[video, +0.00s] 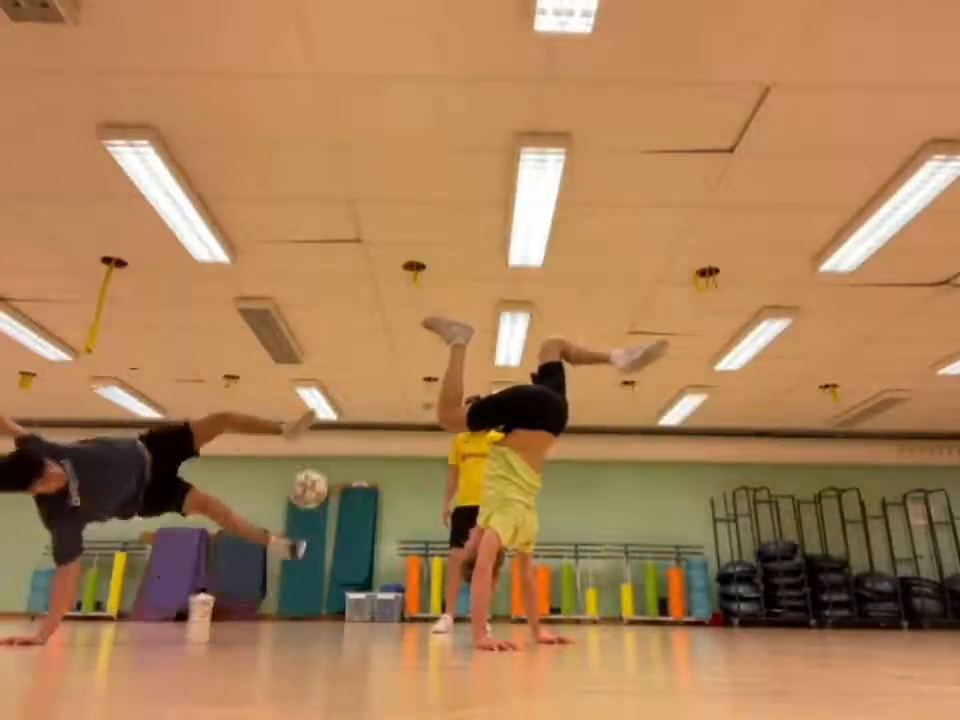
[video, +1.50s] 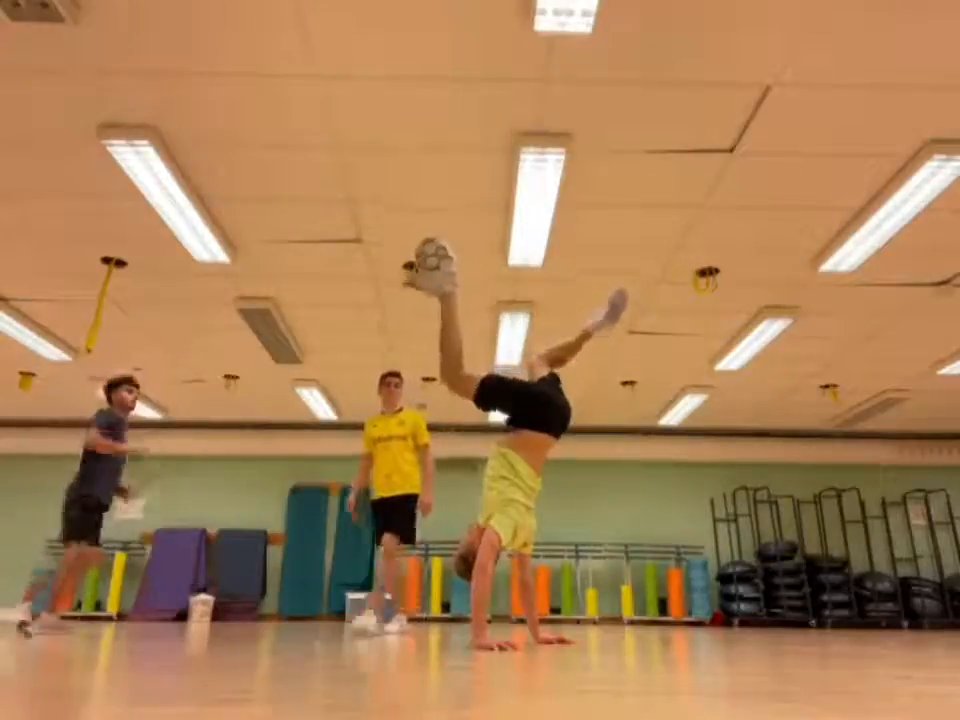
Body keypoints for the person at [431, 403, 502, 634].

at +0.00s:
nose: (472, 416)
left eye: (476, 410)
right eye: (469, 411)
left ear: (488, 413)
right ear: (465, 414)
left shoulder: (498, 438)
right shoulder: (461, 440)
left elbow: (506, 472)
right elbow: (453, 474)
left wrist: (502, 504)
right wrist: (447, 504)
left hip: (492, 505)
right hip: (465, 504)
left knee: (489, 565)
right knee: (456, 557)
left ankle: (485, 617)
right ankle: (449, 613)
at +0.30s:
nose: (469, 418)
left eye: (473, 411)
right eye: (466, 413)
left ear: (485, 413)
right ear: (462, 416)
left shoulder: (498, 440)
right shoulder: (458, 442)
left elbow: (506, 473)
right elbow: (451, 475)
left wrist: (501, 503)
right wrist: (446, 505)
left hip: (491, 504)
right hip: (463, 504)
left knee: (488, 563)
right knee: (456, 558)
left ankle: (484, 616)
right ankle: (448, 613)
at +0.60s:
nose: (472, 415)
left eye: (475, 411)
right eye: (469, 411)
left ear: (482, 414)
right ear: (464, 413)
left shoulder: (493, 438)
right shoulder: (454, 438)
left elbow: (500, 470)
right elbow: (445, 472)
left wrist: (497, 502)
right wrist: (440, 503)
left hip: (484, 503)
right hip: (457, 503)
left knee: (485, 560)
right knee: (448, 556)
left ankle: (483, 615)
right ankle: (444, 610)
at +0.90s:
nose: (454, 409)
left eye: (458, 405)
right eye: (450, 405)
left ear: (464, 409)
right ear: (443, 410)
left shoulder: (475, 437)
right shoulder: (434, 437)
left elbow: (484, 470)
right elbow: (427, 473)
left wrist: (487, 503)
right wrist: (422, 506)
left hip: (469, 503)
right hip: (439, 503)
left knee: (474, 553)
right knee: (426, 552)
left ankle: (479, 606)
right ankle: (425, 605)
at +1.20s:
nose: (419, 400)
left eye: (423, 395)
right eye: (414, 396)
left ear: (430, 401)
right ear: (408, 403)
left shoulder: (440, 430)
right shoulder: (400, 433)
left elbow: (454, 468)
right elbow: (394, 470)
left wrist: (453, 502)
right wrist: (389, 502)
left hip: (433, 500)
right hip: (405, 500)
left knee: (443, 556)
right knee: (396, 554)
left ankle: (458, 600)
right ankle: (401, 612)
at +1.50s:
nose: (392, 389)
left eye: (396, 385)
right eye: (387, 385)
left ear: (402, 391)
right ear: (380, 391)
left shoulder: (414, 419)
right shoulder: (373, 424)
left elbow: (427, 455)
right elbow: (366, 460)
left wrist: (427, 492)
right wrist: (355, 491)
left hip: (407, 490)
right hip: (382, 492)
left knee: (389, 544)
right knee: (390, 551)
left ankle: (377, 606)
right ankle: (397, 611)